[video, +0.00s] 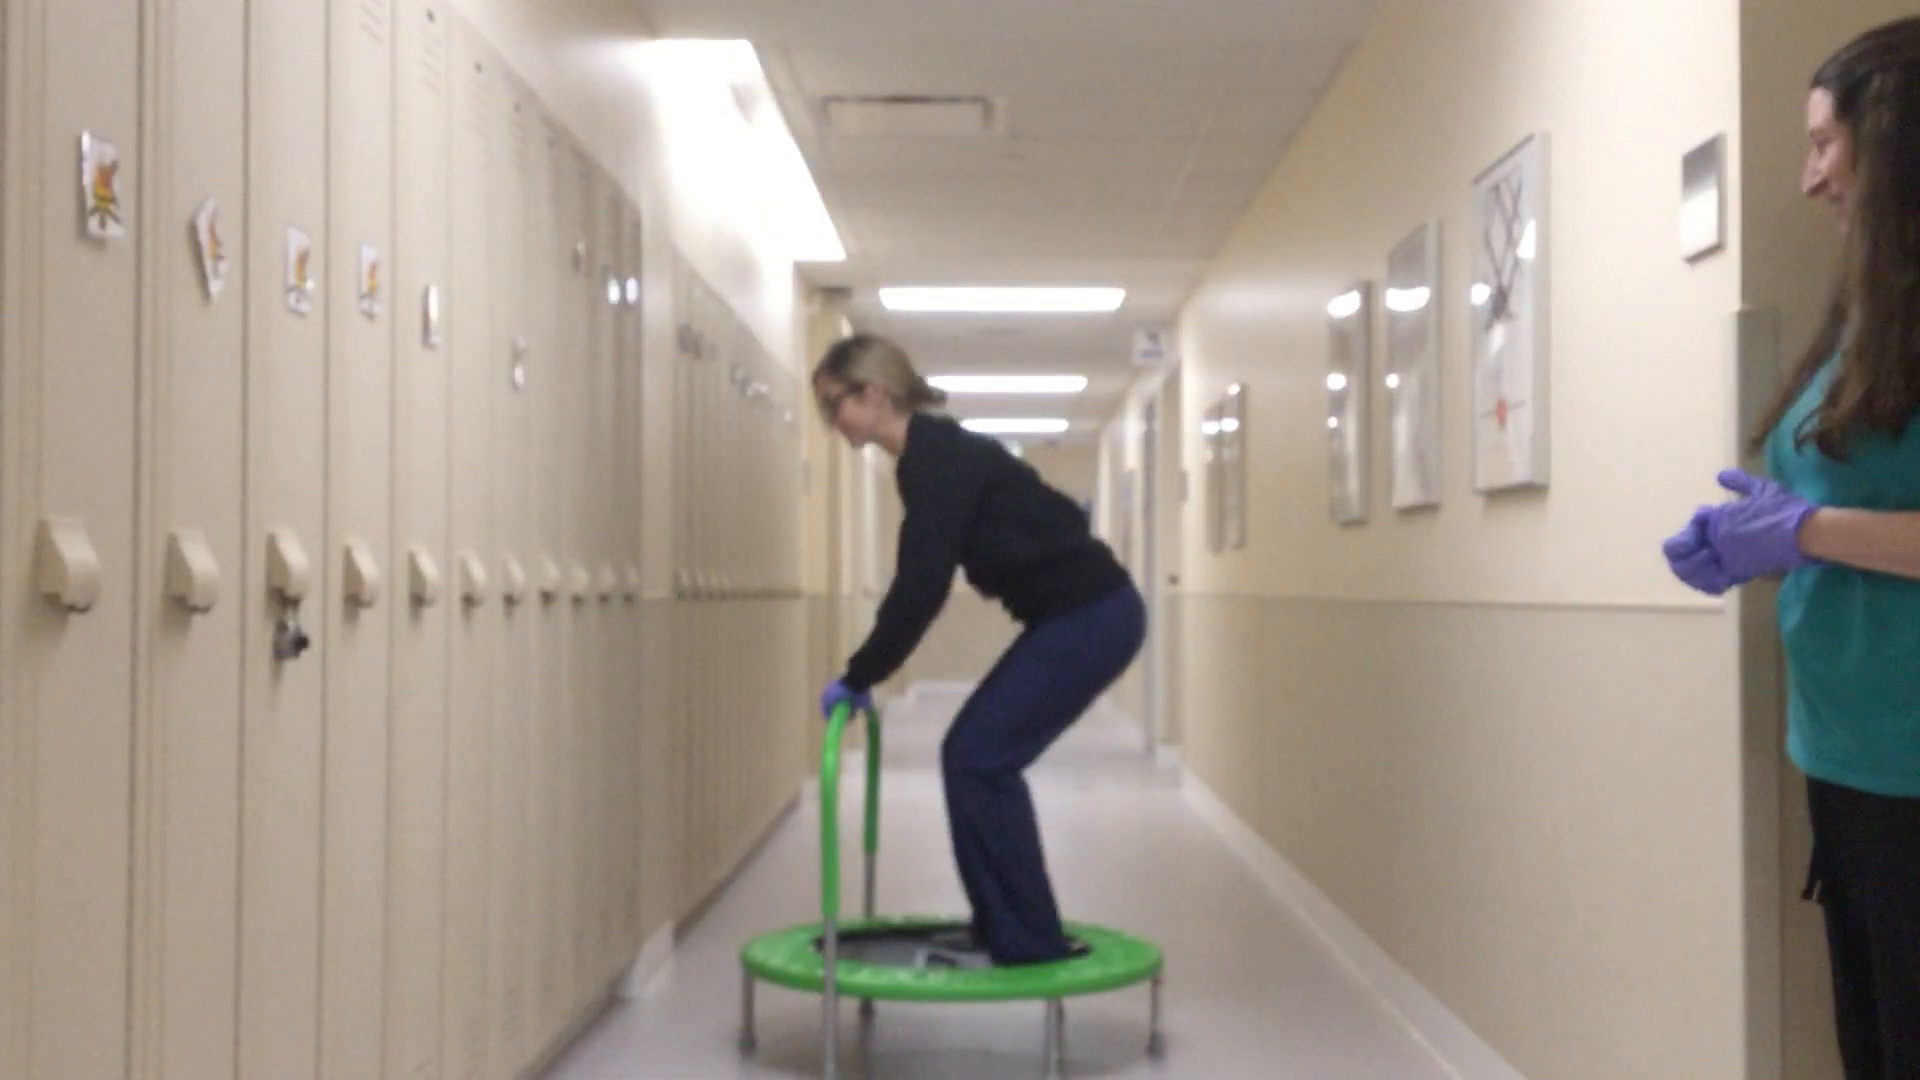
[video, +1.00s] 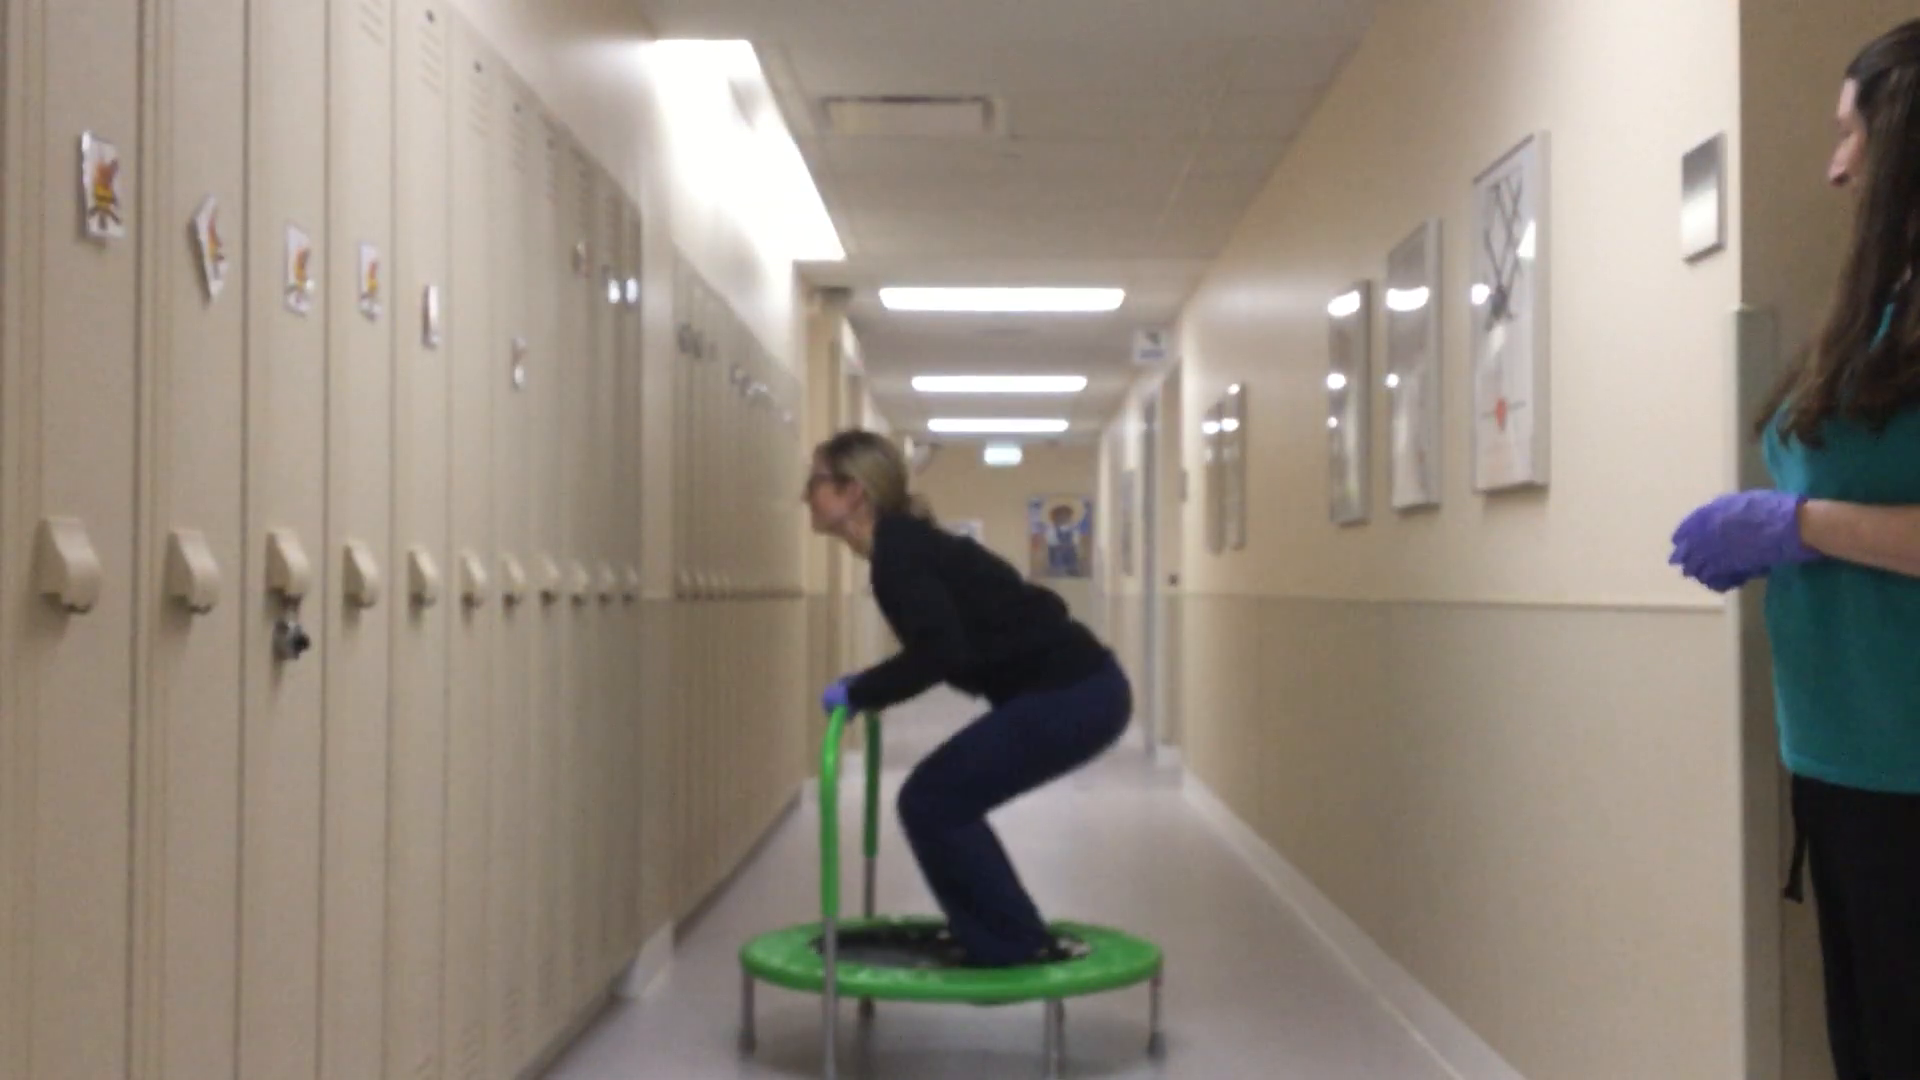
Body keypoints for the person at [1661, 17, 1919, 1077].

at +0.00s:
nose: (1810, 174)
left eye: (1827, 142)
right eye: (1811, 144)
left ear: (1894, 144)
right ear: (1879, 151)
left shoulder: (1910, 328)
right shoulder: (1859, 322)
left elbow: (1919, 536)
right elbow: (1836, 494)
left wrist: (1805, 532)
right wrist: (1767, 510)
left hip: (1906, 768)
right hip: (1842, 759)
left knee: (1904, 1044)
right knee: (1867, 1043)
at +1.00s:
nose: (1836, 166)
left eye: (1853, 133)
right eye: (1840, 133)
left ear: (1904, 140)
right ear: (1884, 142)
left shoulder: (1907, 314)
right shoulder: (1871, 311)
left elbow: (1913, 530)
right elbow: (1867, 507)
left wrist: (1795, 520)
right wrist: (1771, 526)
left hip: (1899, 764)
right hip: (1837, 755)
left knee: (1894, 1040)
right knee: (1861, 1038)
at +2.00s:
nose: (1849, 182)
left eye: (1864, 151)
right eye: (1853, 151)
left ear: (1913, 159)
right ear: (1886, 161)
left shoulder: (1911, 341)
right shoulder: (1870, 334)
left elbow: (1916, 550)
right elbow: (1850, 508)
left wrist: (1787, 529)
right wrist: (1738, 536)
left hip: (1883, 762)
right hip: (1797, 749)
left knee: (1874, 1039)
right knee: (1807, 1031)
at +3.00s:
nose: (1827, 151)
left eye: (1855, 121)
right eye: (1826, 126)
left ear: (1918, 135)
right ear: (1842, 142)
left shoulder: (1908, 311)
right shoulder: (1853, 310)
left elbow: (1914, 530)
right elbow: (1792, 465)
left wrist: (1780, 518)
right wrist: (1742, 508)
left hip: (1891, 758)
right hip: (1812, 751)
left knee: (1889, 1040)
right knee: (1835, 1037)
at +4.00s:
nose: (1885, 154)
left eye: (1910, 128)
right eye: (1863, 130)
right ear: (1837, 152)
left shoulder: (1918, 296)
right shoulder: (1843, 300)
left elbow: (1915, 519)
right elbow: (1808, 457)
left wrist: (1800, 515)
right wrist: (1759, 487)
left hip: (1899, 745)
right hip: (1823, 738)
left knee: (1896, 1029)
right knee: (1856, 1030)